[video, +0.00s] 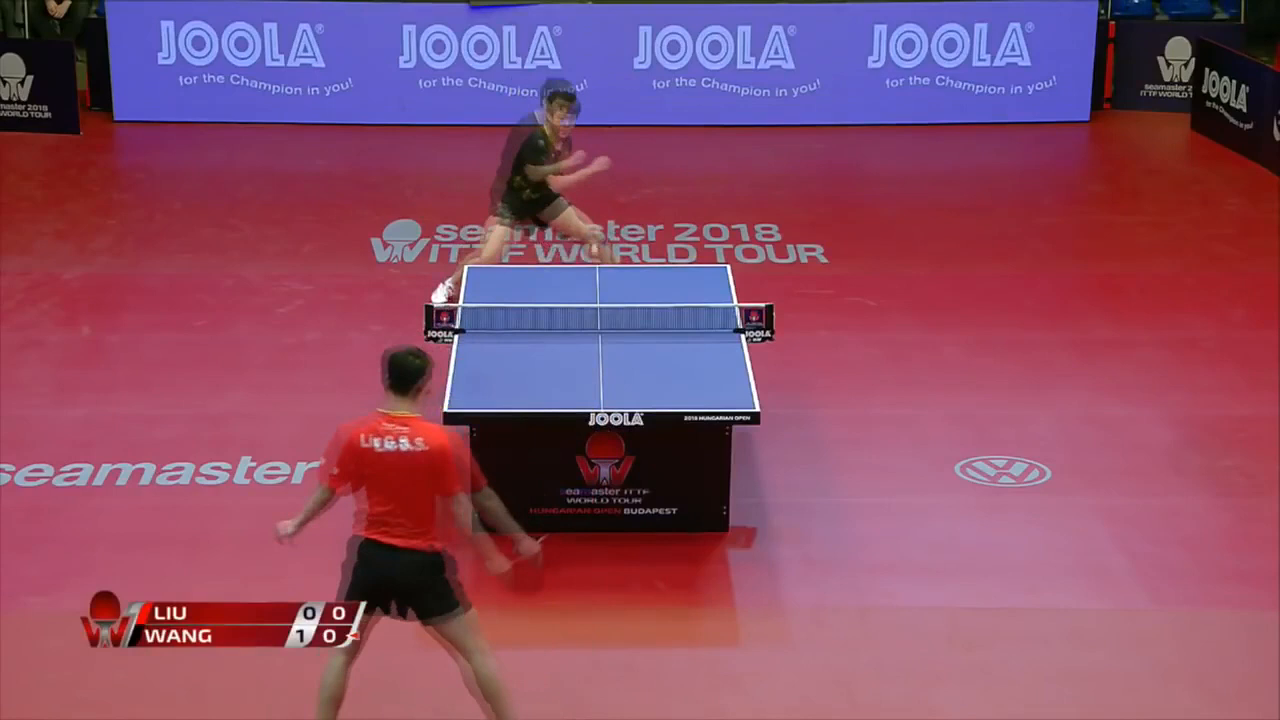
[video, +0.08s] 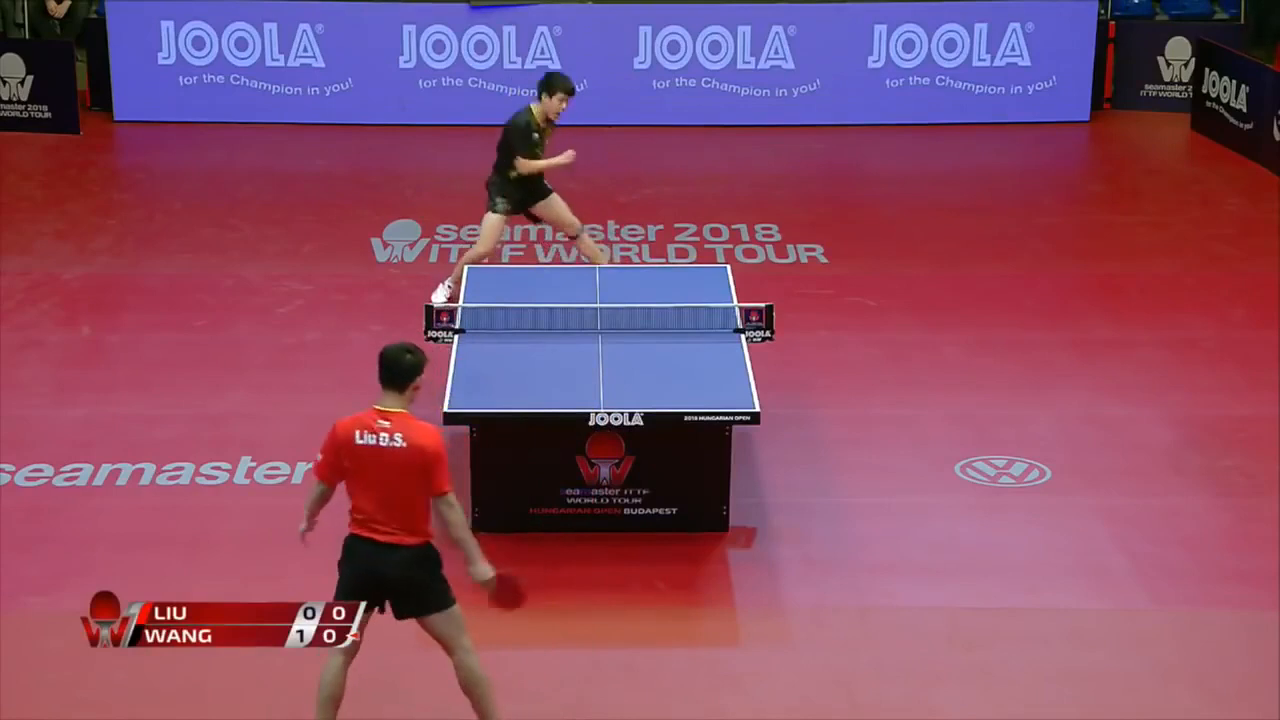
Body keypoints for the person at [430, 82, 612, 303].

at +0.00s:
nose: (564, 116)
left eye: (569, 111)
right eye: (559, 109)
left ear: (573, 113)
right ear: (547, 107)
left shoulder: (564, 139)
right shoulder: (531, 134)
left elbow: (555, 175)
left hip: (541, 195)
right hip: (511, 198)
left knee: (592, 234)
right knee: (490, 255)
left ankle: (616, 289)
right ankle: (450, 287)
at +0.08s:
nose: (563, 107)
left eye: (566, 102)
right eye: (560, 100)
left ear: (566, 101)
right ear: (544, 97)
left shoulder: (548, 121)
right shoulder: (520, 123)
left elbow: (532, 150)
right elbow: (522, 166)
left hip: (532, 185)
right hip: (505, 188)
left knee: (575, 228)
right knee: (484, 249)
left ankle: (610, 273)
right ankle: (450, 284)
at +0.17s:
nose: (563, 99)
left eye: (565, 94)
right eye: (560, 93)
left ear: (548, 90)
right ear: (544, 89)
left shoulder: (541, 114)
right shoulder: (515, 114)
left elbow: (528, 148)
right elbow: (511, 157)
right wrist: (547, 156)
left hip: (526, 176)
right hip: (499, 179)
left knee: (567, 217)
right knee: (483, 241)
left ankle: (581, 269)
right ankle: (449, 283)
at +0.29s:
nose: (562, 89)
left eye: (564, 83)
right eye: (561, 83)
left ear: (546, 80)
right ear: (545, 80)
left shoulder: (538, 103)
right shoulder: (516, 106)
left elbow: (525, 137)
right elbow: (513, 148)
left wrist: (526, 159)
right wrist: (549, 148)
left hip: (522, 170)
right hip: (498, 173)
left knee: (557, 210)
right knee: (481, 234)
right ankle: (449, 281)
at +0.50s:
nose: (573, 73)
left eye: (573, 68)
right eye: (572, 67)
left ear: (554, 64)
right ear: (559, 66)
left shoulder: (543, 86)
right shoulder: (535, 91)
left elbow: (531, 128)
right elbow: (534, 136)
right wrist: (565, 133)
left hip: (533, 158)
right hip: (516, 161)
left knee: (547, 205)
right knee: (509, 221)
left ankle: (513, 257)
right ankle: (463, 272)